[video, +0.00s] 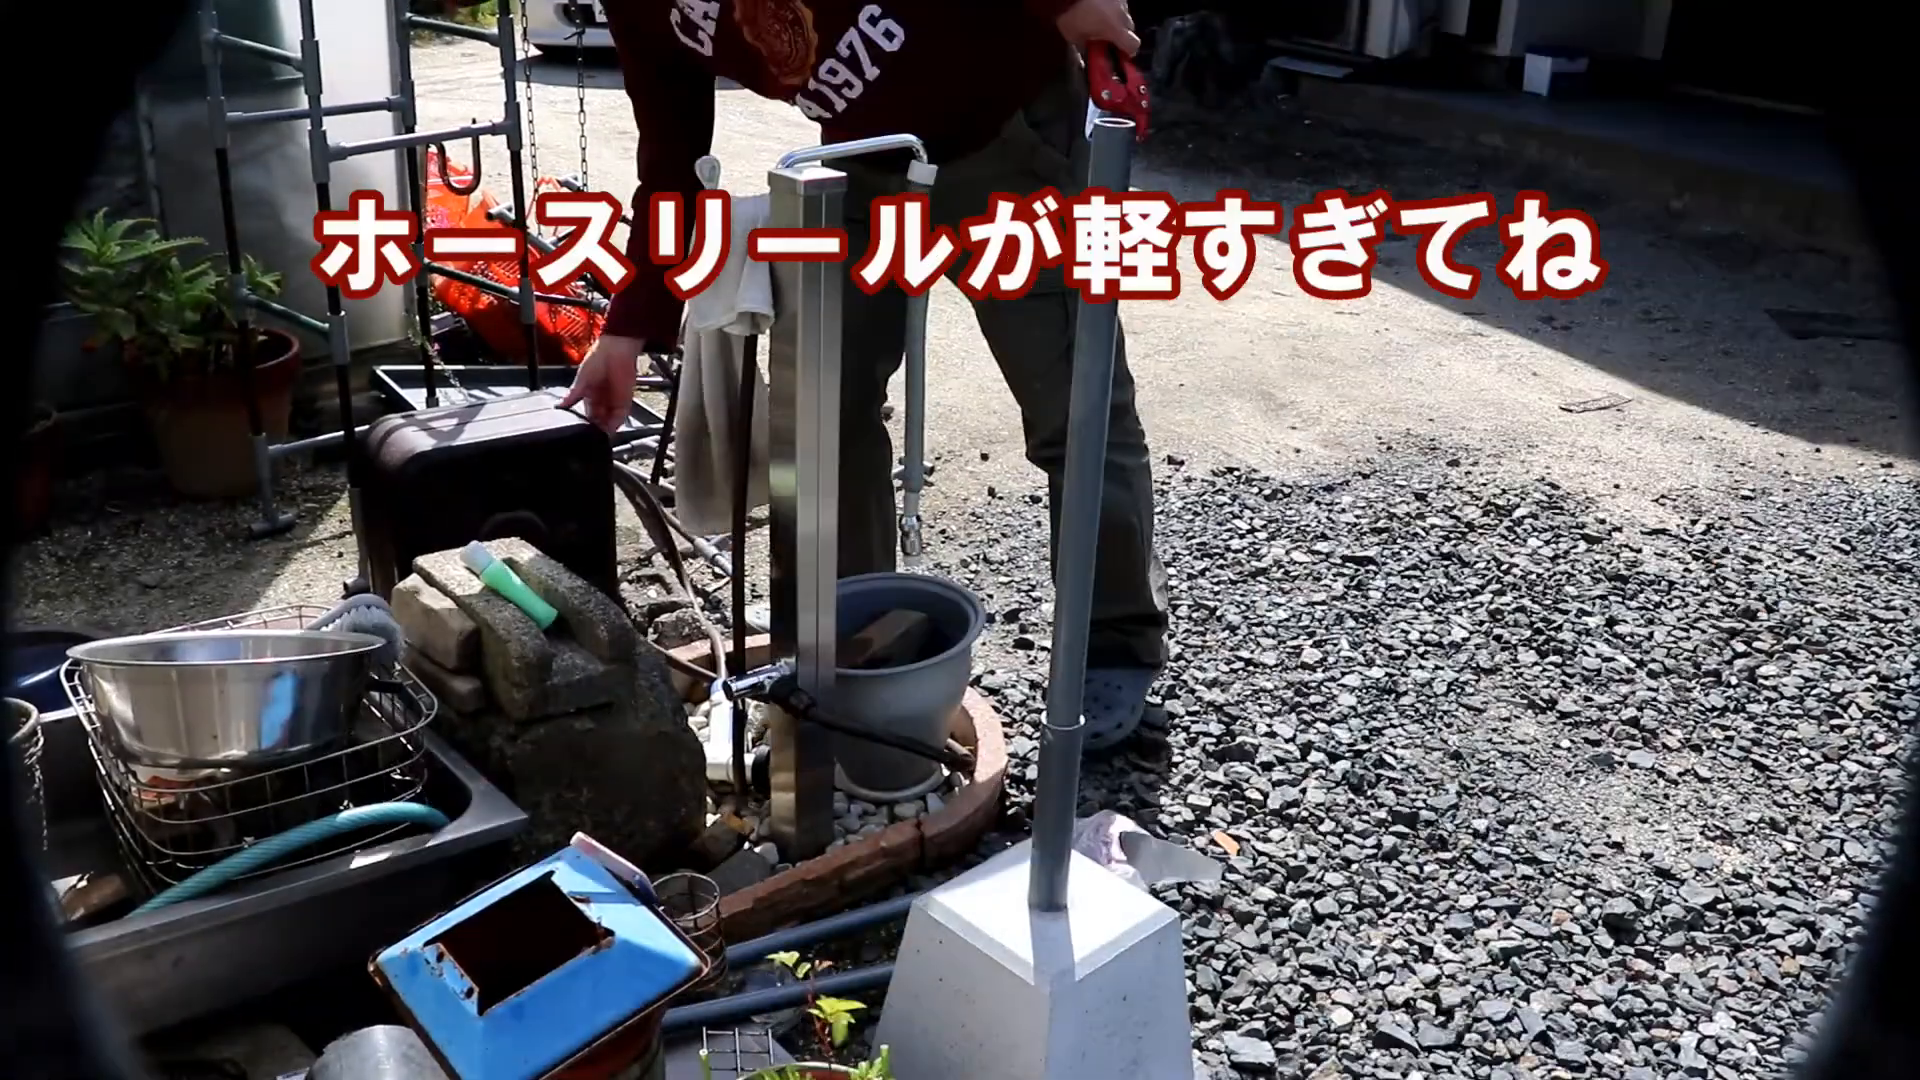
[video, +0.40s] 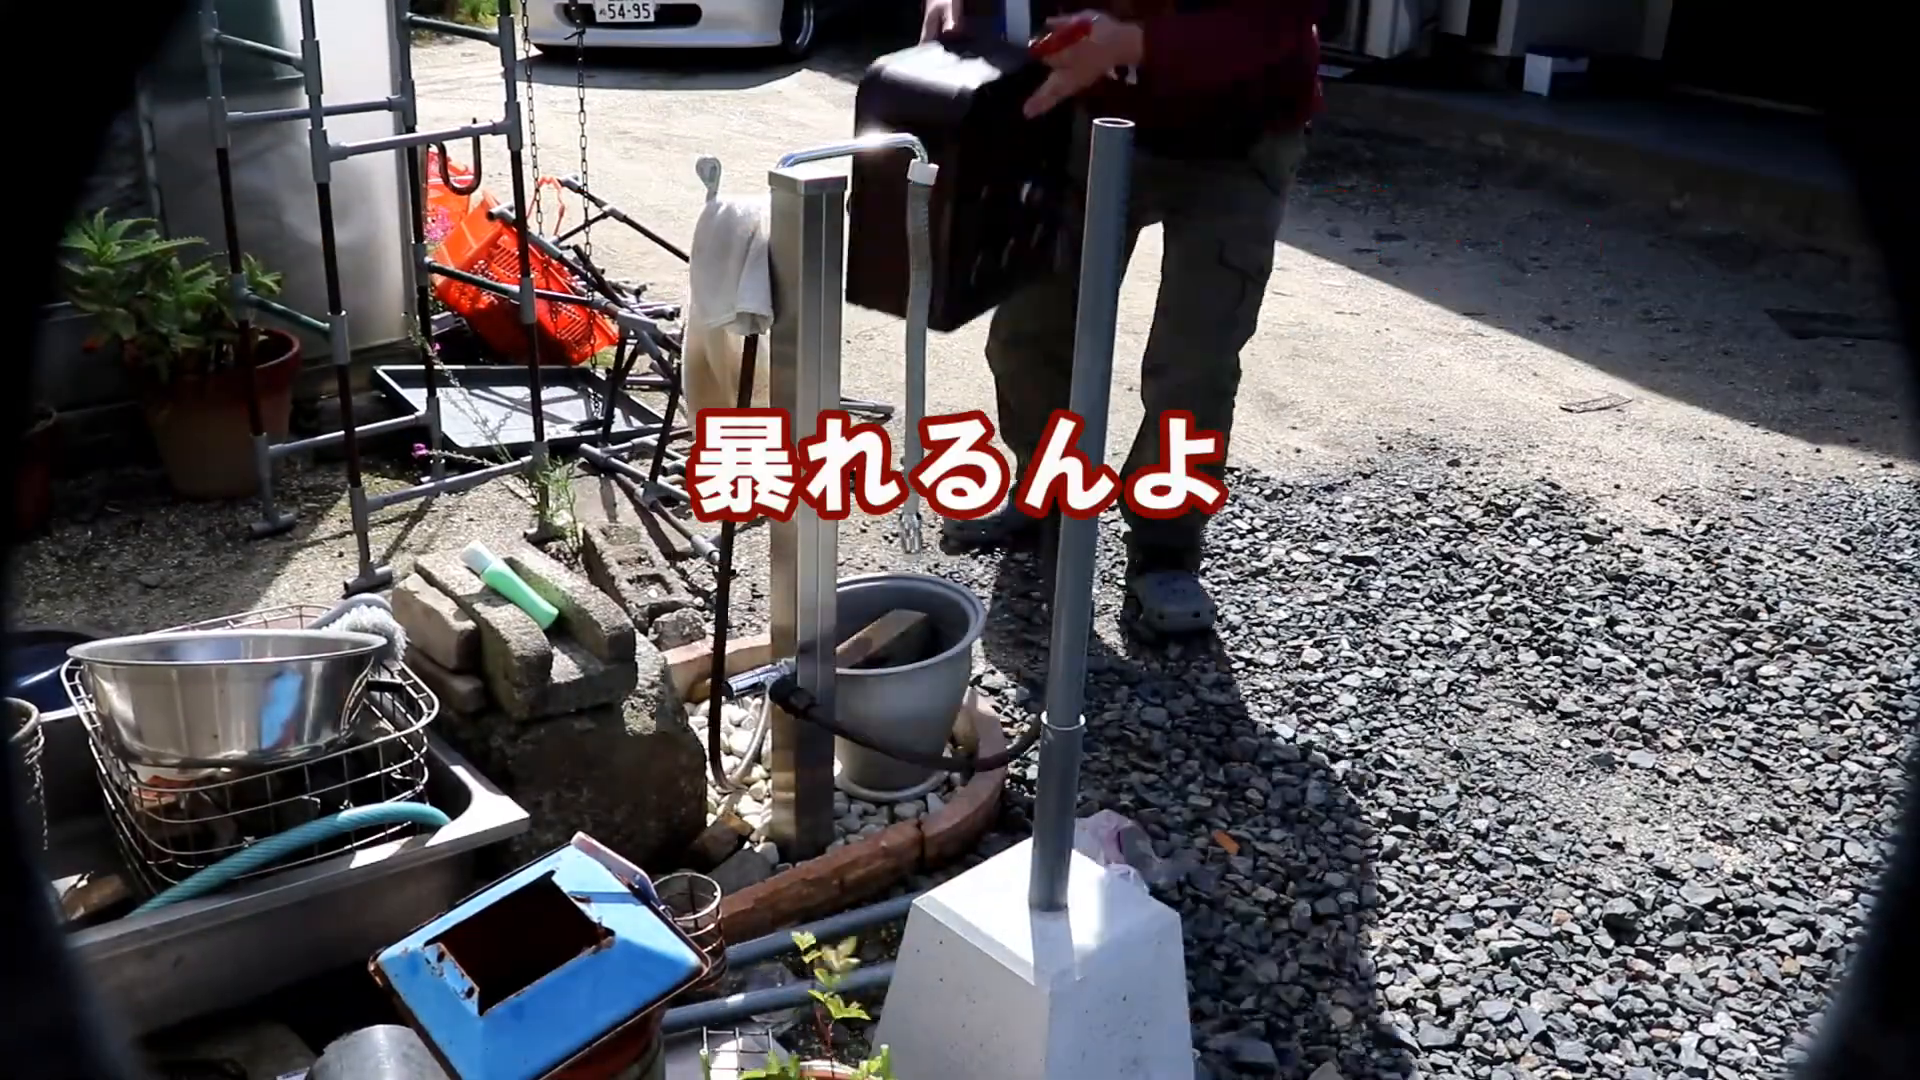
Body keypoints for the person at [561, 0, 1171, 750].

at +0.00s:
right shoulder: (641, 15)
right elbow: (672, 158)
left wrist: (1067, 3)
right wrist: (624, 333)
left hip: (1009, 109)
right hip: (867, 141)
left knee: (1075, 418)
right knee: (826, 402)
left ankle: (1113, 657)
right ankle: (849, 650)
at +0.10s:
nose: (500, 31)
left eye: (488, 14)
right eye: (484, 26)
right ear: (506, 14)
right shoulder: (598, 34)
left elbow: (850, 55)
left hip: (994, 109)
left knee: (1055, 416)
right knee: (817, 410)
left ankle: (1109, 658)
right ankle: (854, 653)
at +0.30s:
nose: (859, 135)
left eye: (845, 122)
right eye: (841, 129)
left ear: (858, 68)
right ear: (856, 66)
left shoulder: (997, 30)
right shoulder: (912, 74)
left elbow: (1075, 168)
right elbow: (946, 181)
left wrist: (985, 286)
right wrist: (925, 310)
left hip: (1231, 106)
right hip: (1119, 121)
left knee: (1166, 332)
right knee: (1035, 307)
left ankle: (1158, 556)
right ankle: (1048, 494)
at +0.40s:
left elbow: (1277, 23)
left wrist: (1137, 41)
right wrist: (959, 0)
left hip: (1239, 107)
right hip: (1092, 94)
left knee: (1195, 362)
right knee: (1031, 329)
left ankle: (1167, 560)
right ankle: (1037, 488)